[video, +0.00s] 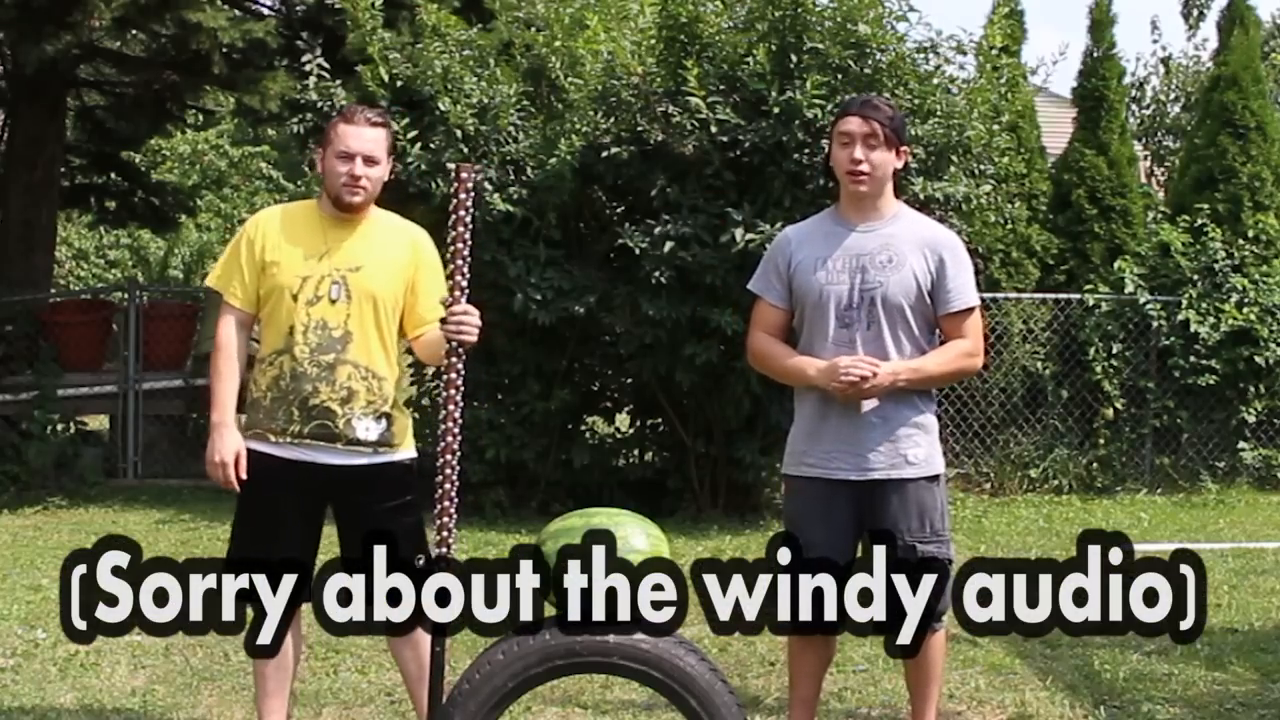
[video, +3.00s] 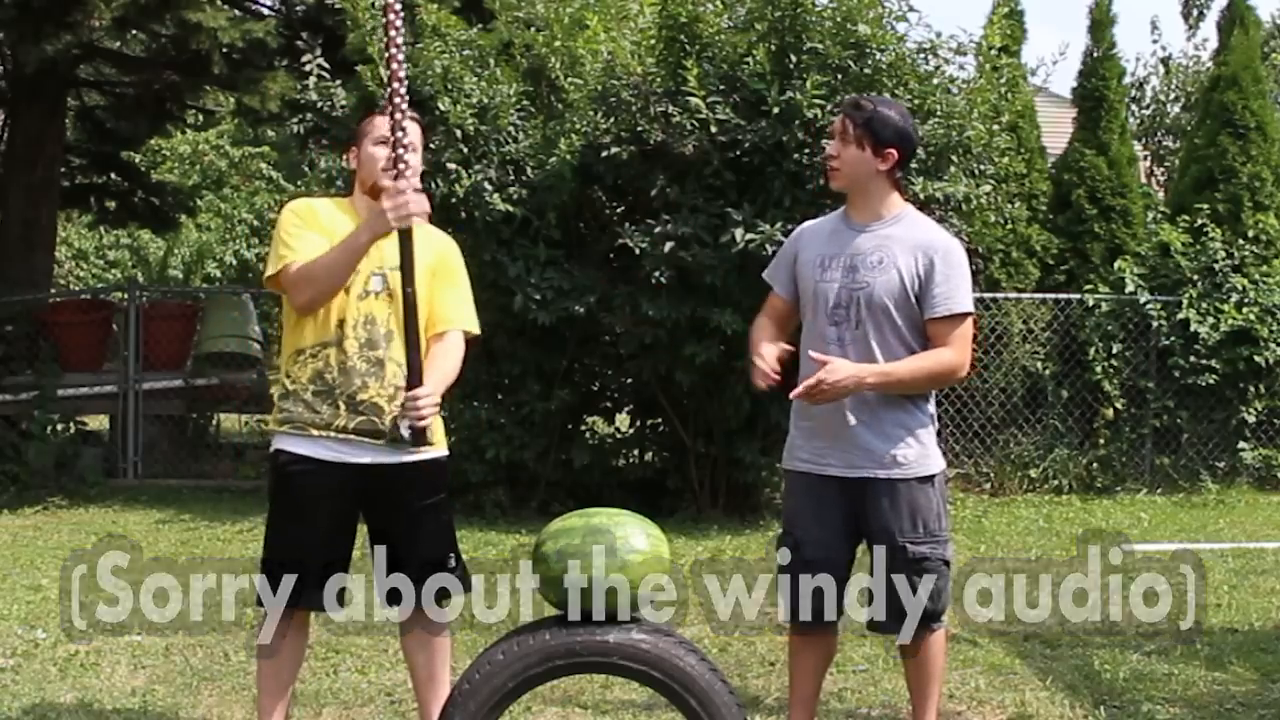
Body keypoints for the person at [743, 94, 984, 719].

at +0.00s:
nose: (856, 155)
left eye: (872, 144)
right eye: (845, 142)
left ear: (898, 157)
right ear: (830, 154)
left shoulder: (937, 243)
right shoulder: (793, 244)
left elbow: (970, 350)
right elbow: (760, 344)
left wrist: (895, 373)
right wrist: (818, 371)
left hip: (908, 465)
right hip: (817, 464)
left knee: (924, 609)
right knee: (809, 609)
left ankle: (924, 716)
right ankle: (800, 716)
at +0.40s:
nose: (821, 164)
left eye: (835, 153)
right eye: (820, 152)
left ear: (880, 159)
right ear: (820, 156)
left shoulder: (938, 245)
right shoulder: (798, 244)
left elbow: (970, 351)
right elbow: (767, 356)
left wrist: (893, 378)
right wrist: (773, 326)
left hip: (906, 467)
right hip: (816, 464)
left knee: (923, 611)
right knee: (810, 610)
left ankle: (924, 717)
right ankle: (800, 716)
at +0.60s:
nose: (819, 165)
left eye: (832, 153)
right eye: (818, 152)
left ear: (879, 158)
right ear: (829, 157)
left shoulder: (938, 244)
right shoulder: (801, 242)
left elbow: (970, 350)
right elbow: (746, 327)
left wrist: (889, 375)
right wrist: (705, 265)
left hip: (908, 467)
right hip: (817, 464)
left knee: (923, 611)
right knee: (811, 610)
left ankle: (925, 716)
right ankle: (800, 717)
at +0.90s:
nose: (818, 163)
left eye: (831, 152)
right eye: (817, 150)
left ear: (876, 159)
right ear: (826, 156)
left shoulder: (935, 245)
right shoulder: (802, 243)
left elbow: (967, 351)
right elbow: (765, 332)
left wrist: (888, 376)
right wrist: (694, 338)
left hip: (906, 467)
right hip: (816, 464)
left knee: (922, 611)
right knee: (812, 609)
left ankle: (924, 717)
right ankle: (800, 716)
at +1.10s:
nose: (810, 165)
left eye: (823, 153)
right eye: (809, 152)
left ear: (867, 157)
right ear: (834, 158)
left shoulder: (929, 245)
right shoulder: (798, 245)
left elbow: (961, 350)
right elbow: (780, 334)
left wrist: (874, 381)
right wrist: (784, 366)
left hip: (901, 467)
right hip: (813, 466)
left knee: (920, 611)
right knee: (809, 610)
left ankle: (924, 716)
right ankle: (799, 716)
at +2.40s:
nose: (821, 161)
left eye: (834, 151)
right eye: (821, 149)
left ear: (879, 158)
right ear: (829, 156)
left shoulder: (935, 245)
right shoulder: (805, 244)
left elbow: (964, 353)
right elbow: (762, 328)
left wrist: (875, 377)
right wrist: (697, 322)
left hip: (906, 468)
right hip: (817, 466)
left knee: (923, 612)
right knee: (812, 609)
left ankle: (925, 717)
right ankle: (800, 716)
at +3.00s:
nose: (828, 150)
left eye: (842, 141)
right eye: (831, 139)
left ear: (884, 158)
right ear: (861, 156)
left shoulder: (935, 247)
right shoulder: (807, 239)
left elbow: (955, 357)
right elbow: (774, 319)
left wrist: (861, 375)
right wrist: (766, 348)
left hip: (902, 467)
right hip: (813, 462)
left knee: (921, 613)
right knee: (808, 610)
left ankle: (924, 716)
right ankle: (799, 716)